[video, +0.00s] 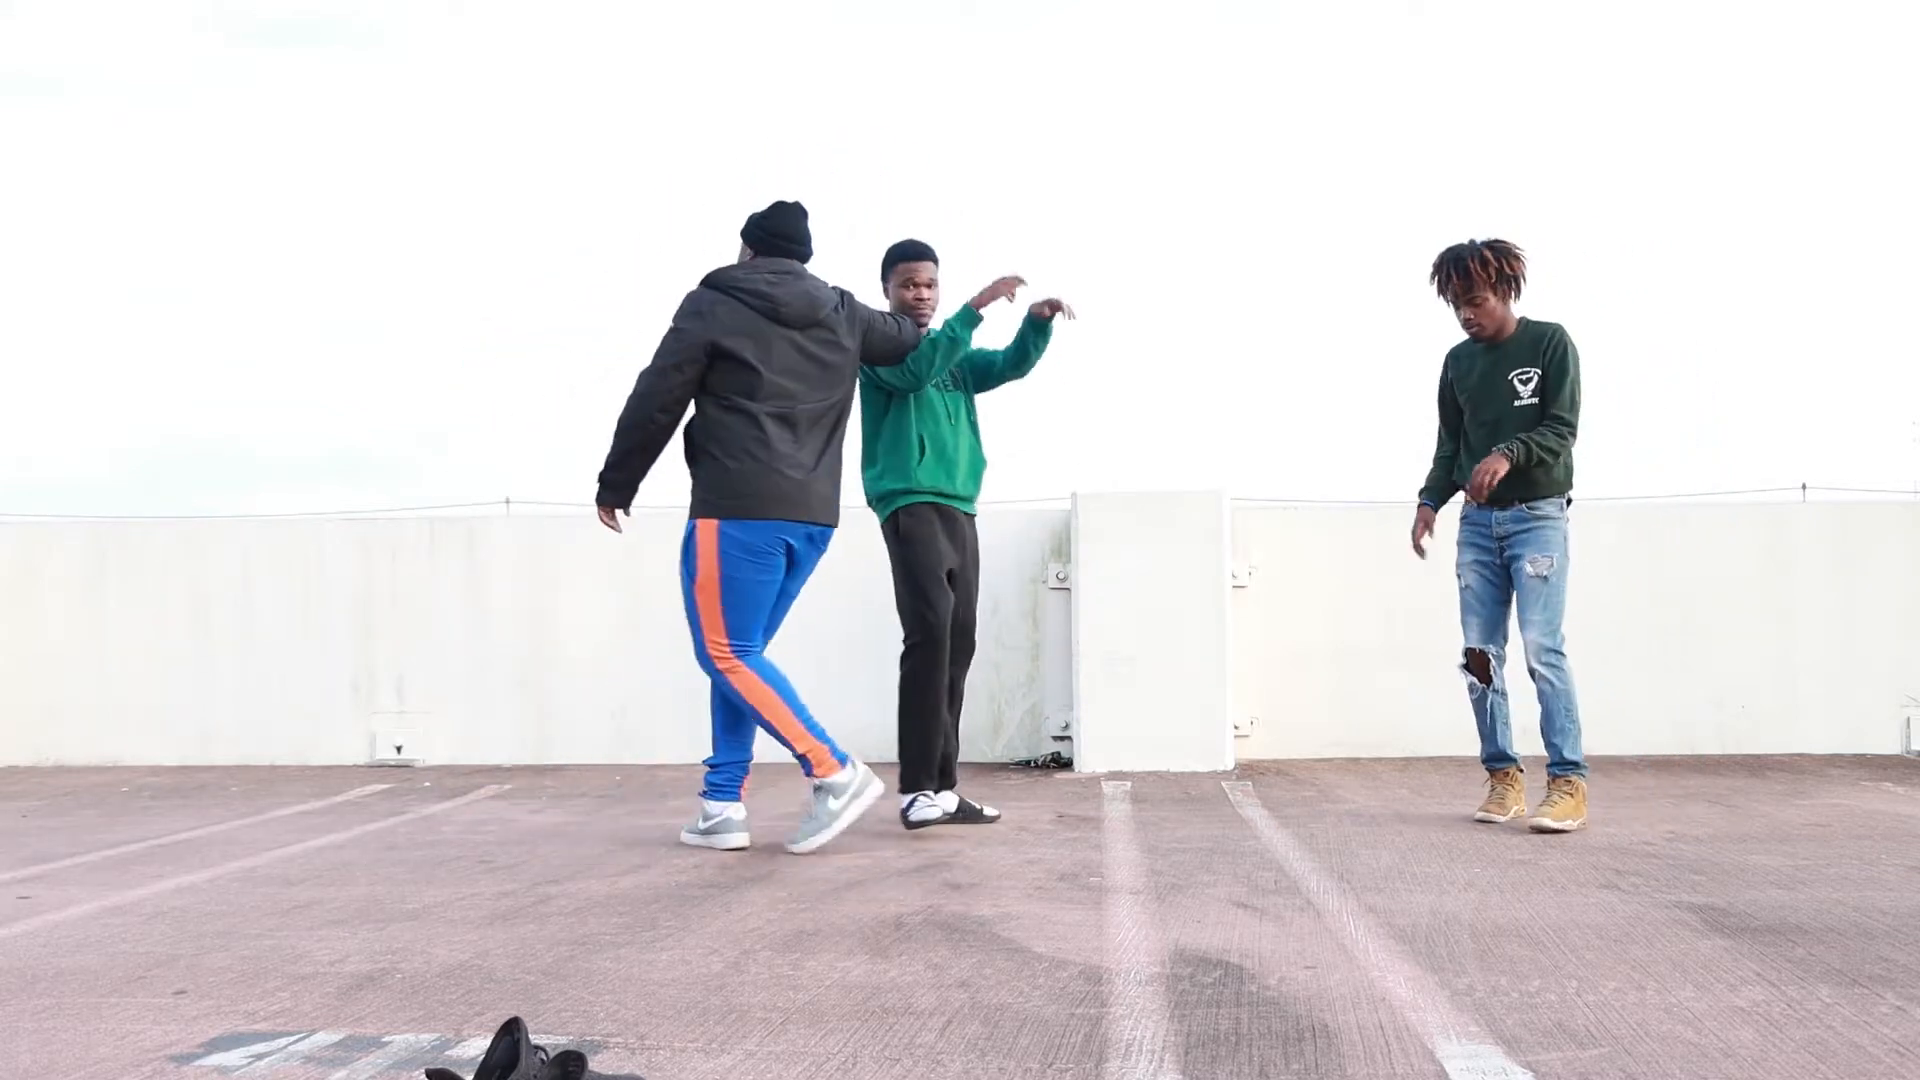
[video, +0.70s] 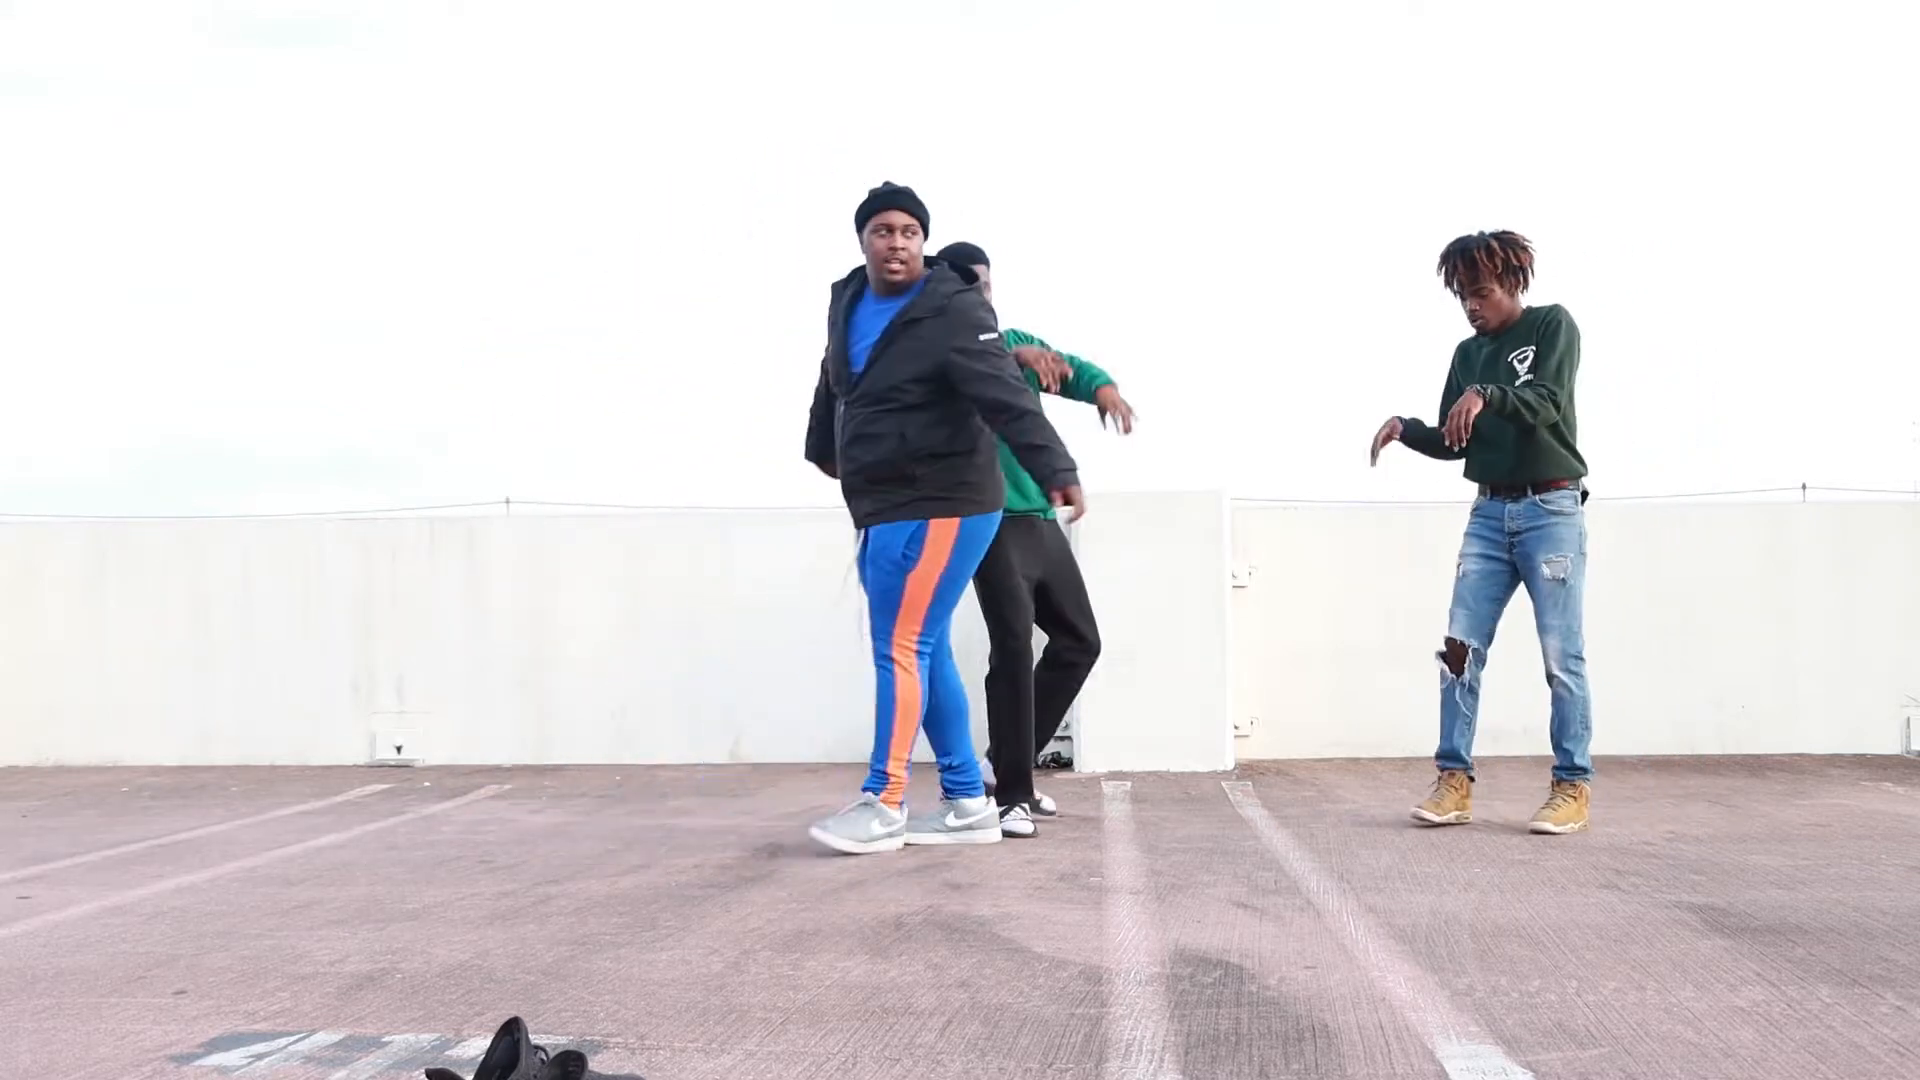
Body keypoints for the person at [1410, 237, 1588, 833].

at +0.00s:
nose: (1465, 316)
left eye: (1474, 303)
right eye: (1457, 306)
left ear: (1507, 291)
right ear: (1452, 303)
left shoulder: (1550, 341)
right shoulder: (1458, 361)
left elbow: (1560, 428)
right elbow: (1451, 442)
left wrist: (1509, 454)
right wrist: (1429, 501)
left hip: (1538, 518)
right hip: (1478, 523)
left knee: (1542, 650)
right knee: (1480, 655)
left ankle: (1567, 784)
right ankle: (1502, 778)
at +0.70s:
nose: (1470, 307)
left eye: (1479, 294)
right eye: (1462, 296)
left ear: (1514, 285)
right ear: (1458, 293)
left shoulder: (1551, 324)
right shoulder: (1468, 354)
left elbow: (1546, 403)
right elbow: (1456, 444)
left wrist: (1486, 396)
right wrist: (1407, 429)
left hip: (1551, 512)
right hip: (1489, 514)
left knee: (1560, 657)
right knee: (1460, 649)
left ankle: (1571, 788)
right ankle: (1454, 783)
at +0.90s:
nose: (1454, 308)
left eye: (1464, 295)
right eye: (1446, 297)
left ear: (1497, 285)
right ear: (1441, 292)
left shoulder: (1533, 332)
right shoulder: (1440, 350)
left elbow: (1538, 415)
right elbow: (1417, 431)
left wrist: (1494, 414)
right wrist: (1374, 396)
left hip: (1518, 512)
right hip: (1454, 514)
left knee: (1538, 653)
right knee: (1442, 653)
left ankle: (1566, 783)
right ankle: (1448, 785)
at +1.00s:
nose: (1448, 307)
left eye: (1458, 295)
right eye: (1440, 296)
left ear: (1488, 285)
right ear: (1433, 291)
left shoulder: (1523, 333)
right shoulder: (1427, 347)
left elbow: (1538, 416)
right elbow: (1395, 417)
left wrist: (1512, 447)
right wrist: (1359, 369)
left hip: (1504, 509)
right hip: (1441, 513)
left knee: (1518, 640)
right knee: (1436, 650)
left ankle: (1551, 767)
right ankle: (1447, 784)